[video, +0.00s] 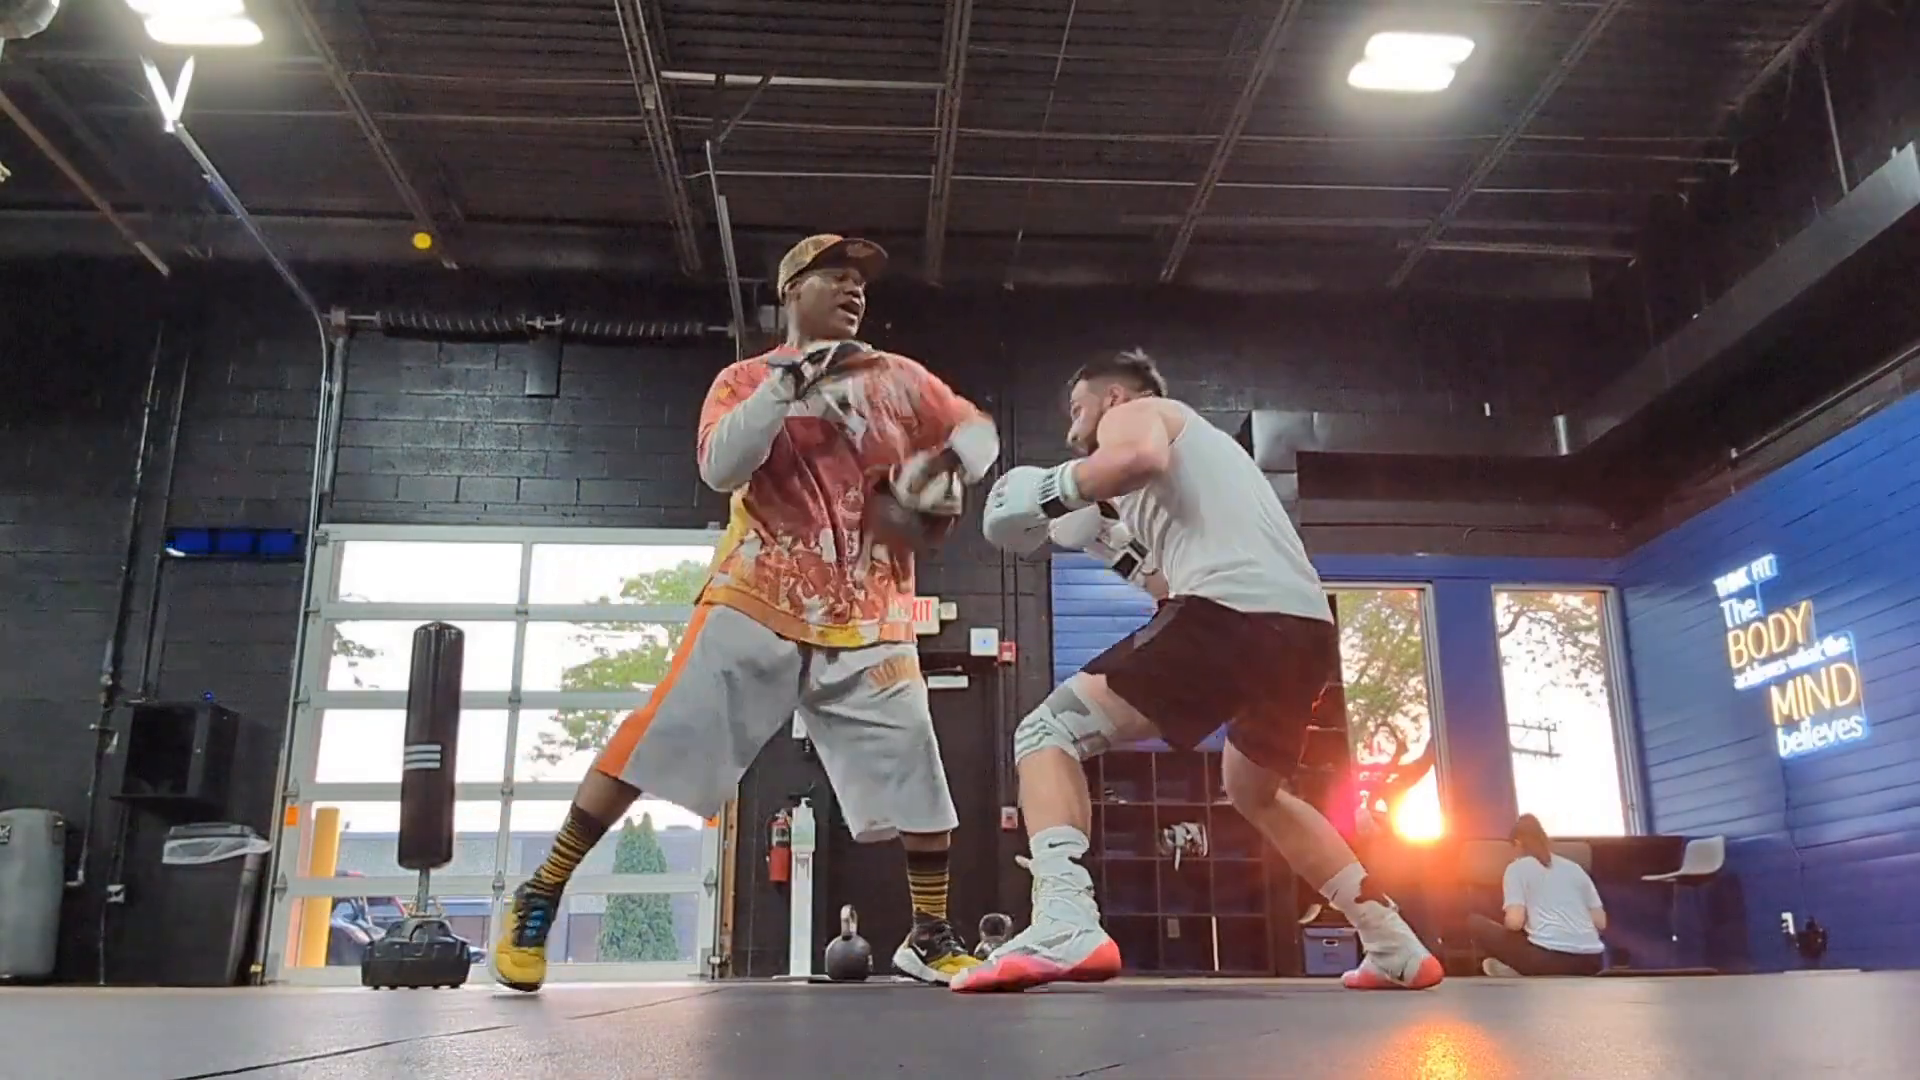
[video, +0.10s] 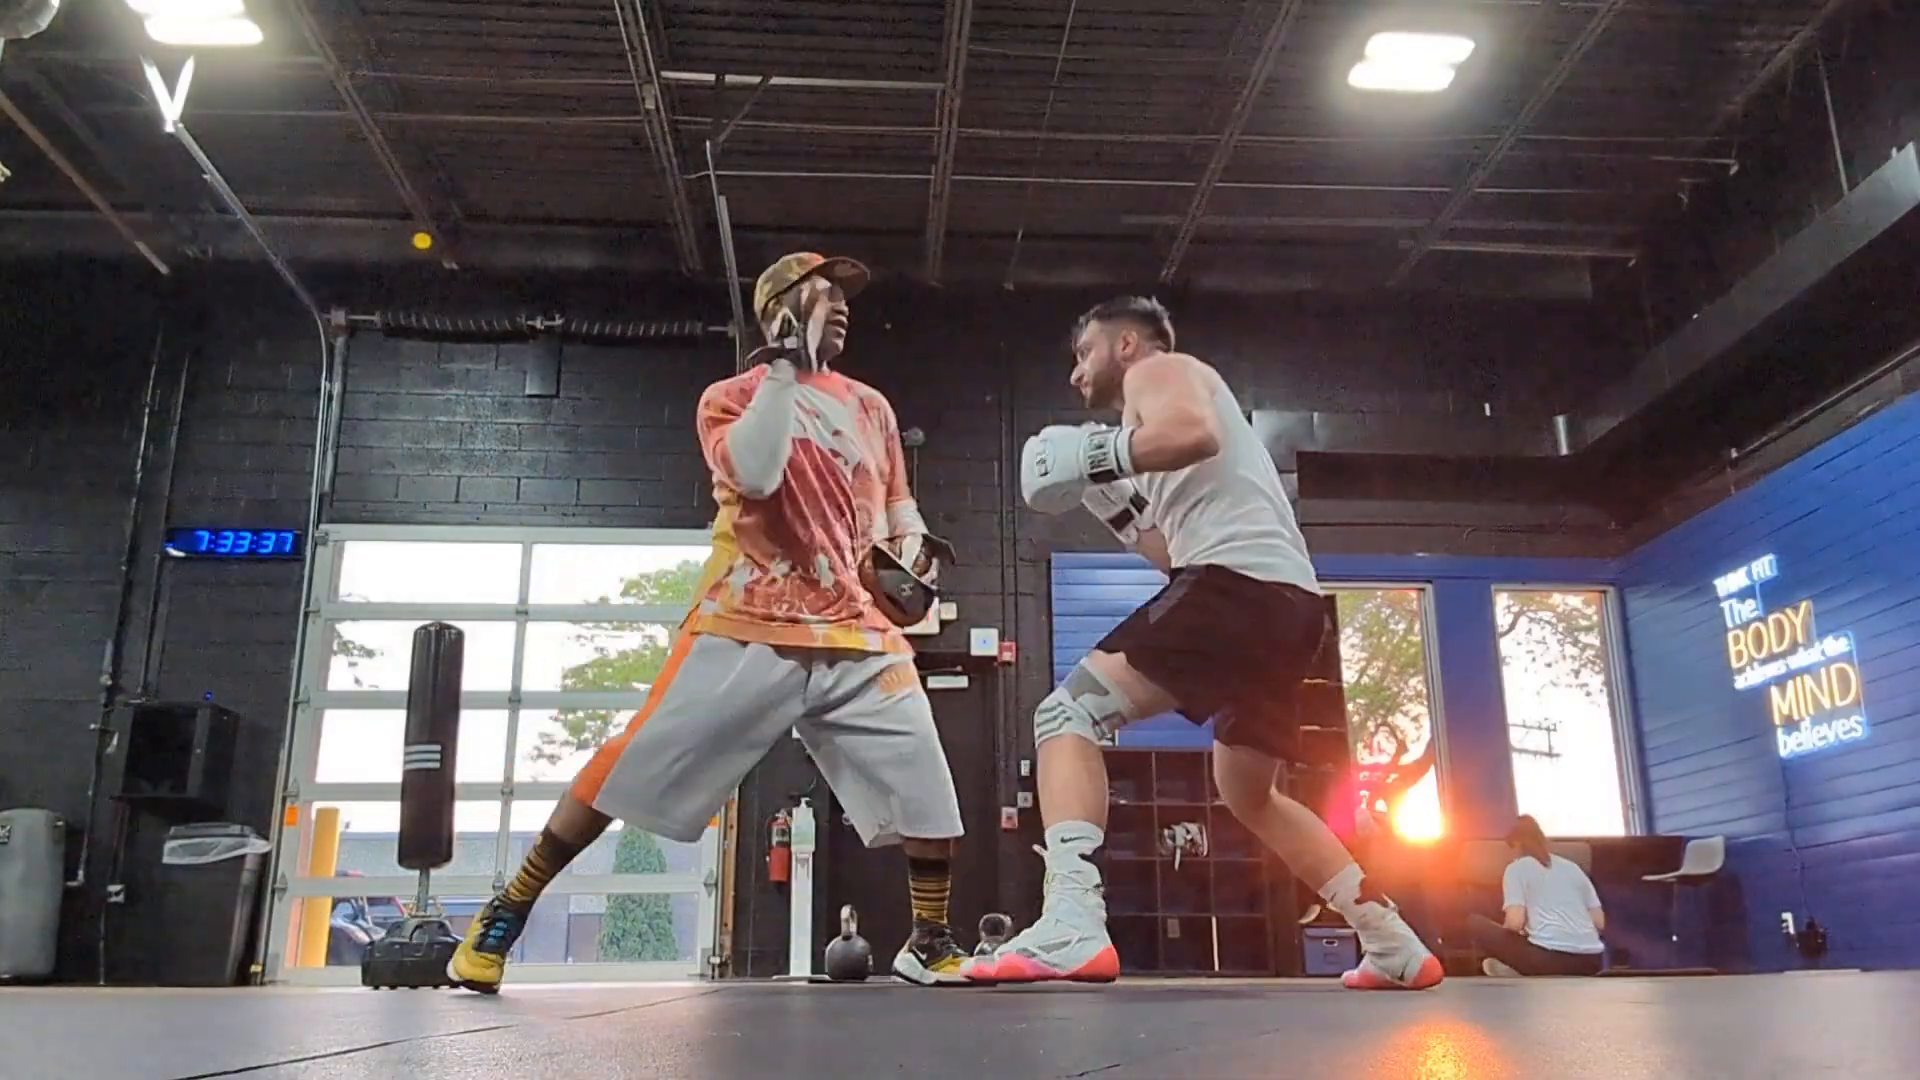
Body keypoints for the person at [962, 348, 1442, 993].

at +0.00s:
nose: (1072, 429)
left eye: (1078, 409)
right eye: (1069, 416)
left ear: (1117, 392)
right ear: (1131, 398)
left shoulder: (1143, 408)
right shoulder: (1213, 456)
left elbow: (1137, 457)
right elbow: (1182, 592)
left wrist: (1052, 487)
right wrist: (1119, 545)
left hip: (1228, 610)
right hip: (1310, 630)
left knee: (1047, 732)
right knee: (1254, 788)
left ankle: (1064, 921)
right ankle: (1393, 943)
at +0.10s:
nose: (1076, 372)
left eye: (1084, 353)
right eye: (1074, 359)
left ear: (1129, 339)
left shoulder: (1157, 369)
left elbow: (1194, 432)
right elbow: (1178, 554)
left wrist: (1093, 450)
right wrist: (1116, 505)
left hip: (1235, 586)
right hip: (1297, 607)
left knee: (1069, 716)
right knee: (1249, 789)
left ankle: (1071, 922)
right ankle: (1394, 945)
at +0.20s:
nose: (1078, 324)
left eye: (1086, 307)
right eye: (1076, 313)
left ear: (1132, 301)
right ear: (1122, 312)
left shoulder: (1190, 344)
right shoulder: (1140, 400)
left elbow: (1229, 420)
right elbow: (1094, 509)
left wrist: (1121, 427)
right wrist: (1052, 439)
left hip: (1233, 573)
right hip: (1266, 587)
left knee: (1079, 719)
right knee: (1240, 792)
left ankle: (1068, 934)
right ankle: (1390, 943)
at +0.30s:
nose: (1076, 311)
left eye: (1086, 292)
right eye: (1076, 298)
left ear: (1130, 288)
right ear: (1132, 295)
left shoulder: (1178, 334)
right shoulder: (1141, 379)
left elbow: (1215, 420)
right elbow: (1069, 464)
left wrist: (1111, 414)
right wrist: (1010, 407)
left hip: (1212, 563)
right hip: (1268, 576)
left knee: (1073, 720)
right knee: (1256, 782)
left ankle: (1067, 934)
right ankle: (1392, 940)